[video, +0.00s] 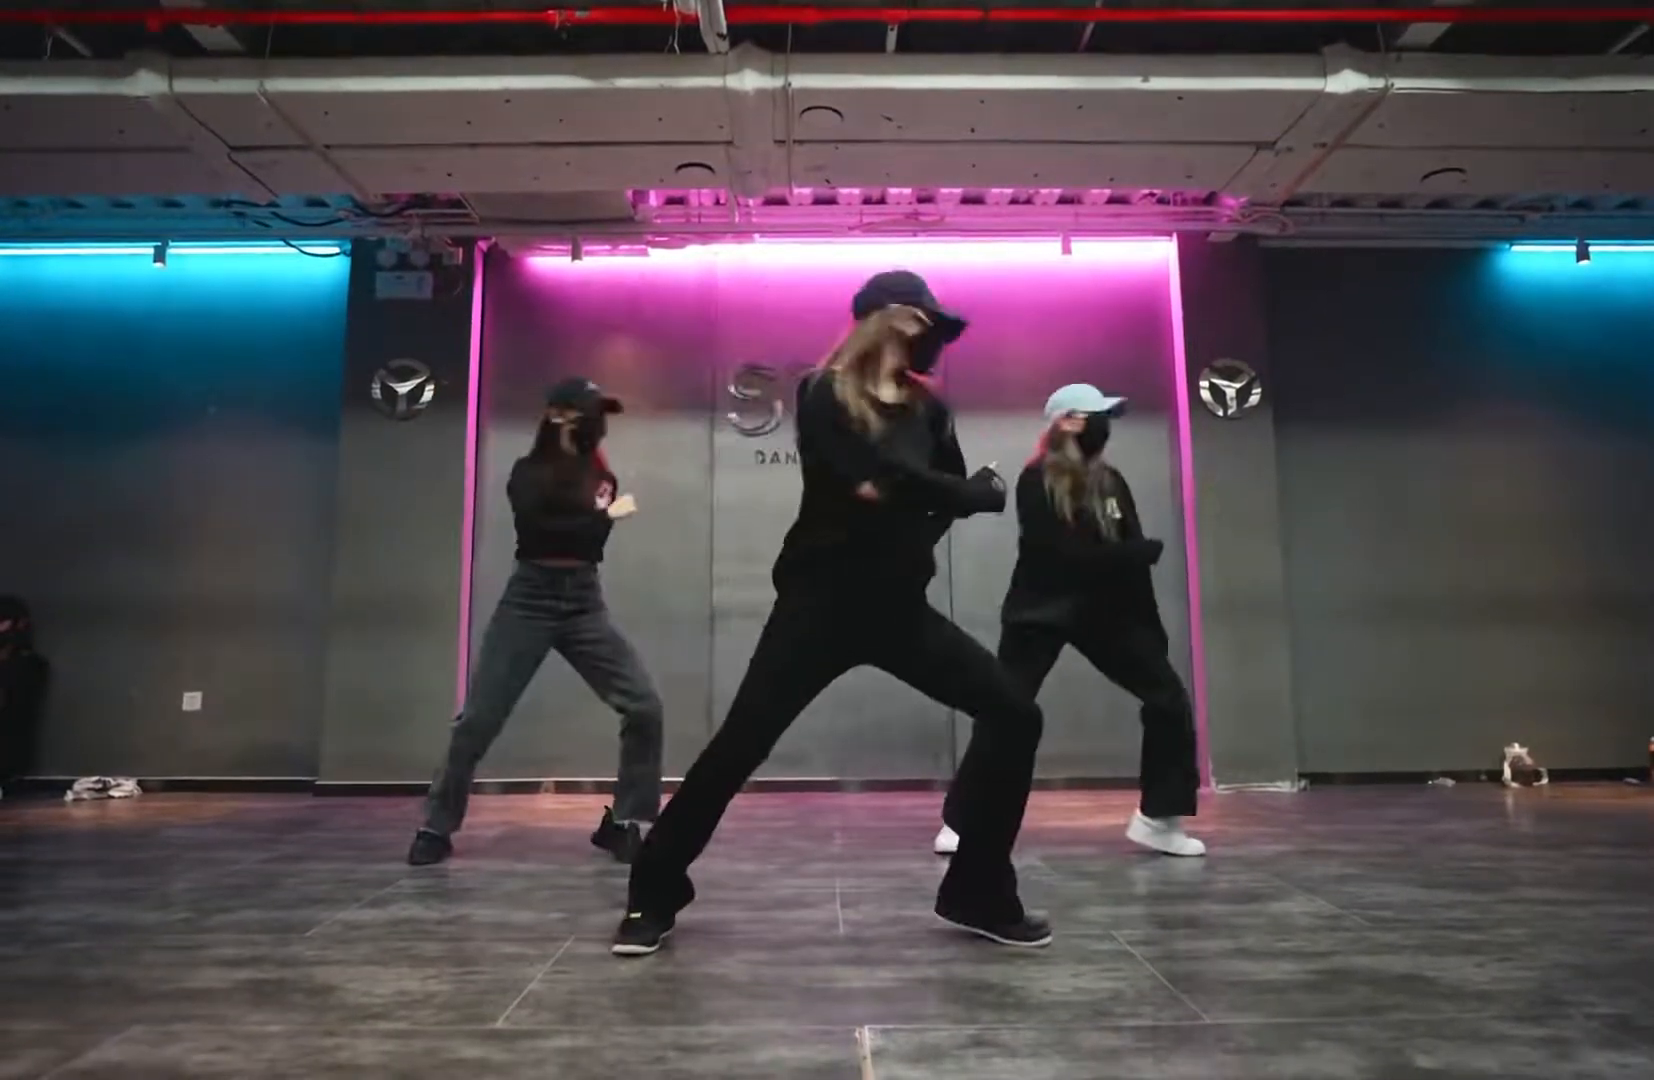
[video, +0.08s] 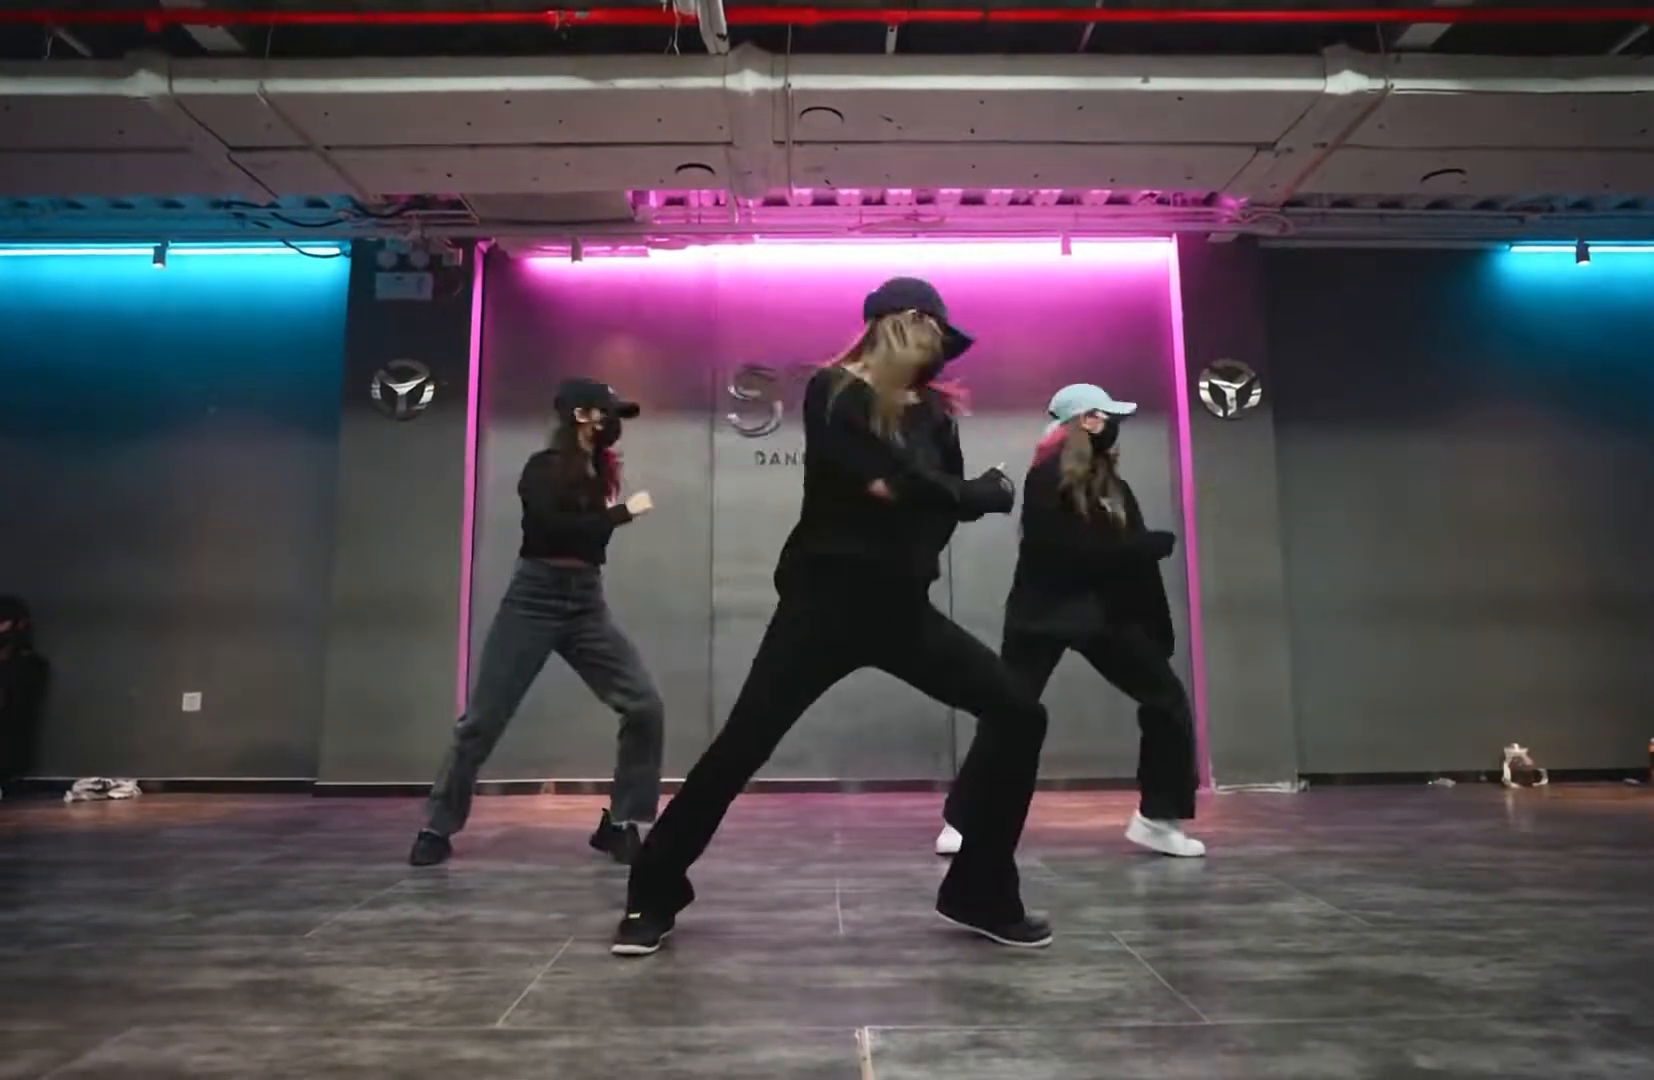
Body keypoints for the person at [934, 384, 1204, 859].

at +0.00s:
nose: (1107, 424)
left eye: (1106, 417)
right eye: (1097, 416)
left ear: (1088, 424)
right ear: (1067, 422)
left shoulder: (1109, 481)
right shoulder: (1038, 479)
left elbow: (1131, 560)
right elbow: (1054, 550)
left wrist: (1149, 629)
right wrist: (1136, 550)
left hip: (1103, 615)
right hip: (1040, 613)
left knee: (1169, 700)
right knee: (1004, 708)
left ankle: (1157, 818)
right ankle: (959, 822)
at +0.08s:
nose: (1116, 429)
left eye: (1115, 421)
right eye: (1109, 421)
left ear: (1089, 421)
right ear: (1085, 422)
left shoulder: (1109, 483)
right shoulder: (1049, 474)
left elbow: (1134, 570)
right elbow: (1059, 548)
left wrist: (1156, 633)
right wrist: (1144, 546)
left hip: (1097, 616)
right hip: (1040, 617)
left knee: (1167, 698)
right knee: (1008, 710)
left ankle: (1157, 818)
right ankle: (960, 821)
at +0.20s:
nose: (1111, 430)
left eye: (1112, 423)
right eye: (1105, 422)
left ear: (1084, 422)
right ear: (1078, 422)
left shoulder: (1095, 471)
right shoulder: (1046, 470)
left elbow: (1115, 539)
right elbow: (1056, 544)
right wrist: (1137, 542)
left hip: (1095, 619)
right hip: (1039, 619)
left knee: (1166, 698)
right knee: (1006, 711)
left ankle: (1157, 819)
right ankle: (960, 822)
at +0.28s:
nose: (1097, 430)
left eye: (1100, 422)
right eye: (1087, 422)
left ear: (1091, 423)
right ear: (1059, 422)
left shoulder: (1095, 474)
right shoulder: (1035, 476)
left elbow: (1119, 539)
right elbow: (1050, 541)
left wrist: (1094, 521)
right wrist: (1126, 544)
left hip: (1094, 620)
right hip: (1035, 621)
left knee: (1164, 699)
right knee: (1004, 712)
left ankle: (1157, 820)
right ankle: (959, 823)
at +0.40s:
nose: (1078, 424)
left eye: (1083, 416)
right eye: (1067, 416)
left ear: (1093, 422)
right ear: (1045, 424)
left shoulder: (1104, 473)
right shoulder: (1029, 477)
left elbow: (1118, 544)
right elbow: (1037, 540)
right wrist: (1113, 540)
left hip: (1098, 619)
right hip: (1032, 620)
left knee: (1160, 701)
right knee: (1002, 714)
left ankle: (1158, 823)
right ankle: (959, 826)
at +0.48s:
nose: (1073, 425)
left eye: (1079, 418)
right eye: (1063, 418)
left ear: (1088, 423)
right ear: (1042, 424)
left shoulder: (1107, 479)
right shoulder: (1027, 477)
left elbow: (1126, 542)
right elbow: (1034, 540)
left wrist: (1086, 525)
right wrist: (1106, 539)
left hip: (1100, 620)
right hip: (1031, 621)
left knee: (1159, 706)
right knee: (1001, 716)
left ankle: (1157, 825)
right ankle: (960, 827)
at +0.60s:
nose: (1068, 429)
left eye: (1075, 421)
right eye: (1057, 422)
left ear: (1085, 427)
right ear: (1038, 428)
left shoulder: (1101, 486)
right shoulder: (1024, 484)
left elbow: (1116, 558)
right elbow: (1015, 554)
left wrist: (1131, 627)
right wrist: (1014, 610)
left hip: (1098, 624)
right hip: (1034, 625)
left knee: (1156, 707)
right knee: (1001, 719)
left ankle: (1157, 828)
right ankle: (961, 829)